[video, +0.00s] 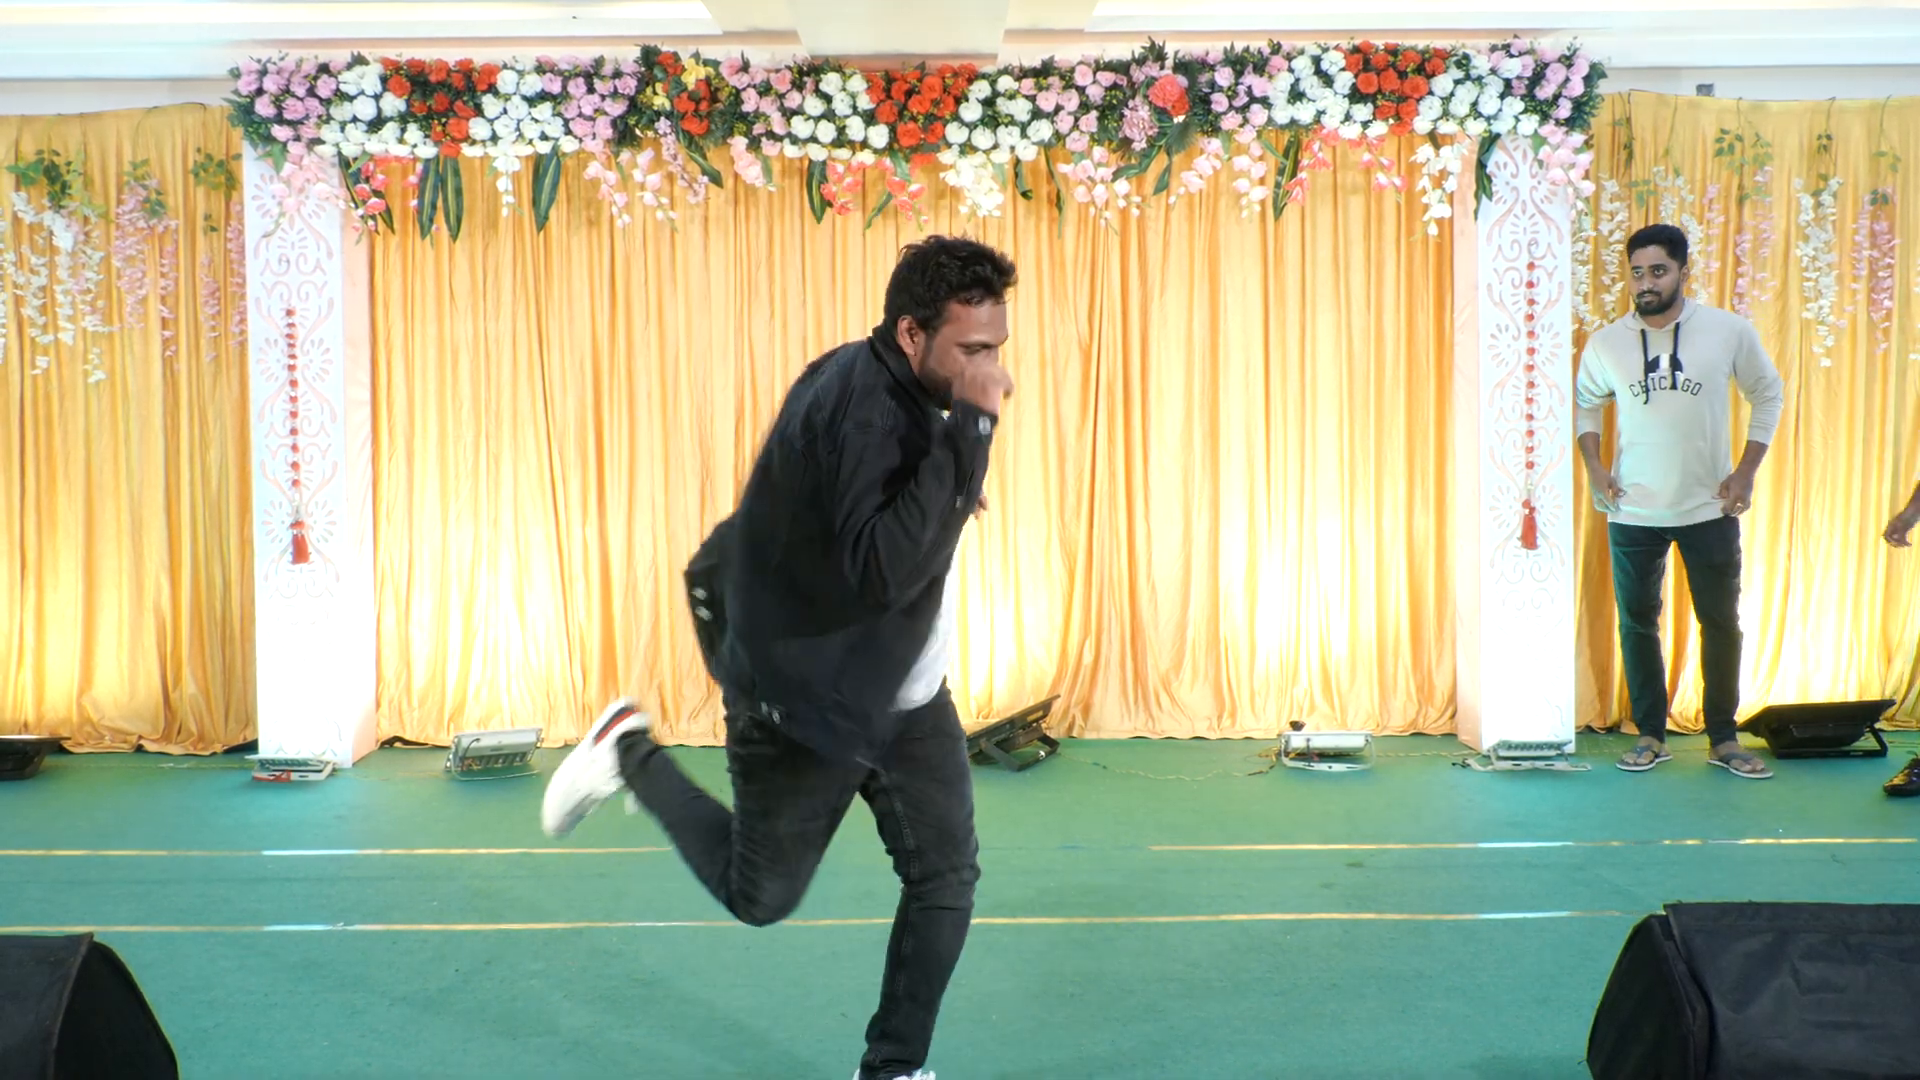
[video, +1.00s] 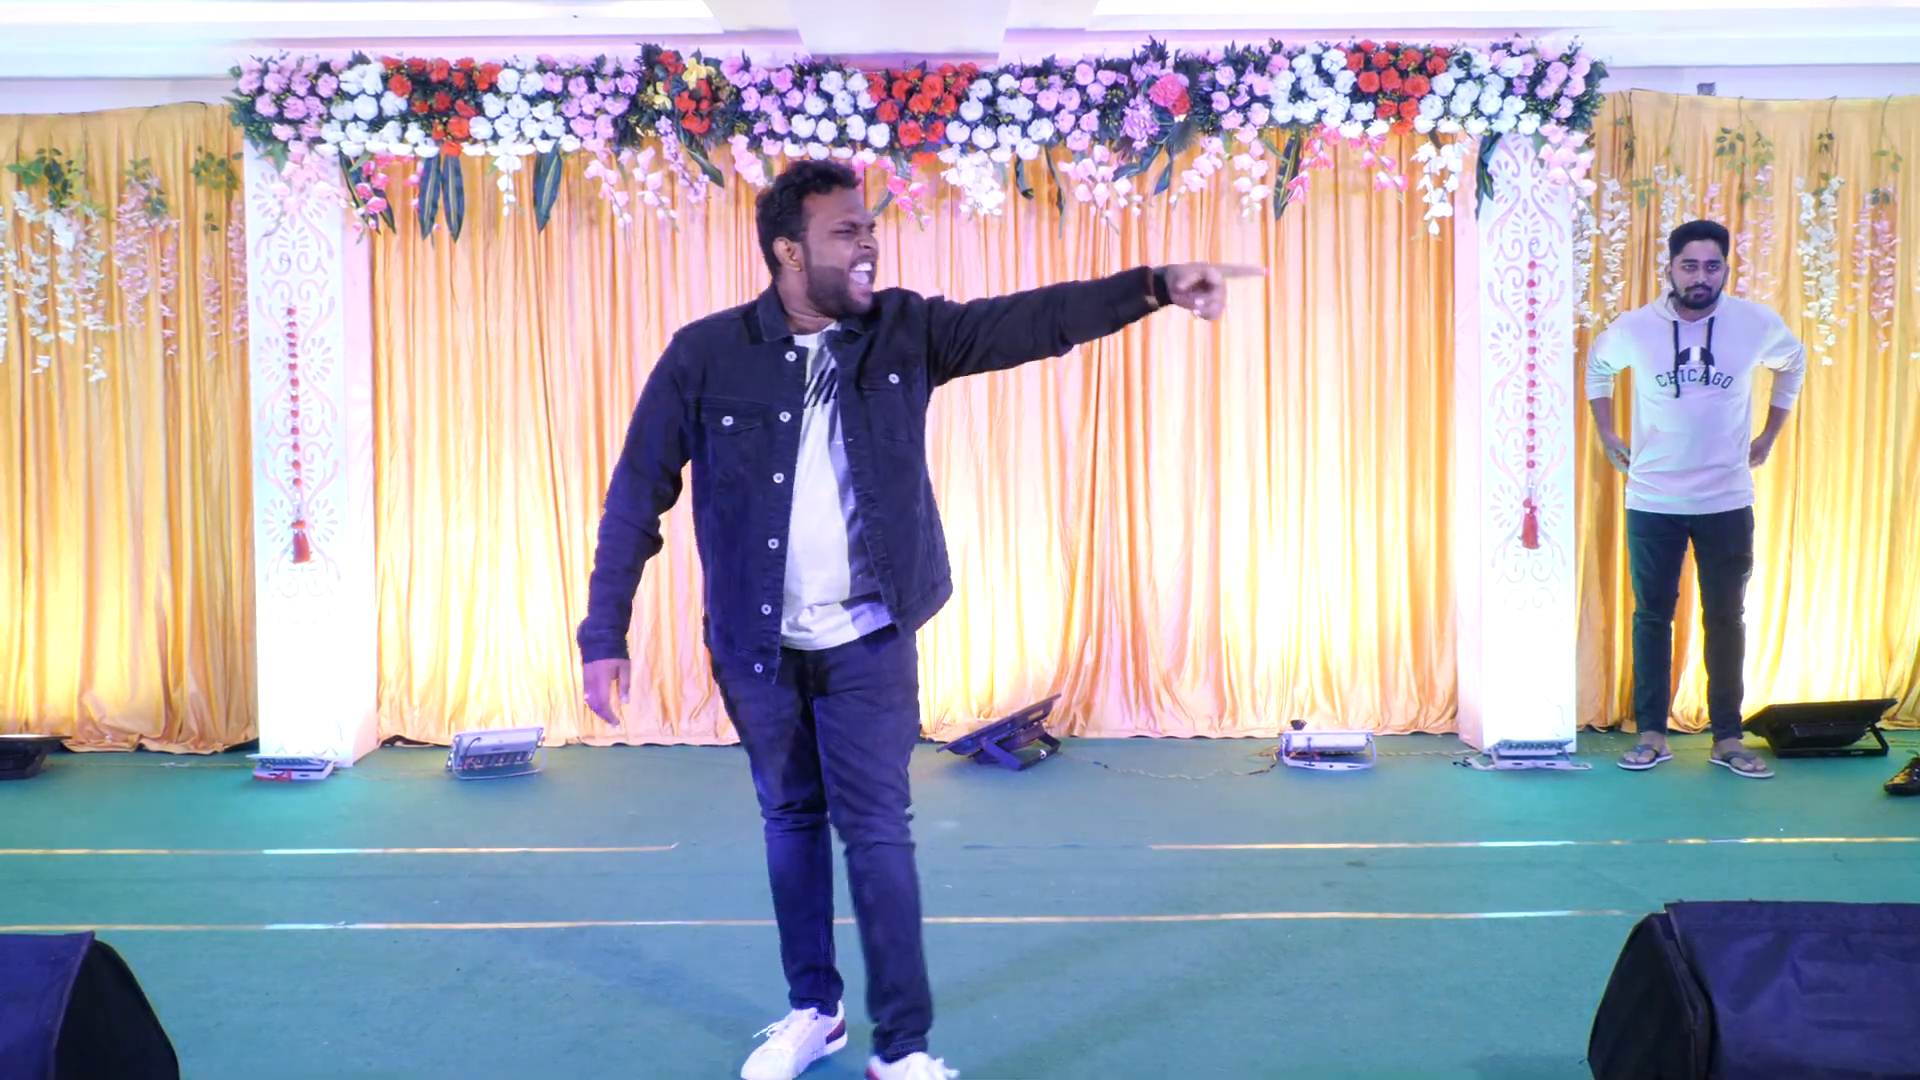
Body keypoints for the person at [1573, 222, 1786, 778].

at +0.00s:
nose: (1646, 282)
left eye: (1658, 270)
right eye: (1637, 272)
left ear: (1684, 273)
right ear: (1627, 277)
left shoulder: (1728, 332)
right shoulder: (1607, 344)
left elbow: (1768, 395)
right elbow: (1586, 402)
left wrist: (1746, 471)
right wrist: (1595, 467)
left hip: (1708, 508)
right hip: (1634, 511)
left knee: (1721, 625)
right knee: (1637, 625)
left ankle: (1723, 739)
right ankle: (1649, 736)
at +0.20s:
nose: (1655, 293)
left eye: (1667, 282)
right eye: (1645, 282)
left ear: (1690, 286)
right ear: (1633, 288)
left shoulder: (1731, 340)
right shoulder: (1609, 350)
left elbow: (1769, 393)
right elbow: (1582, 407)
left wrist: (1745, 467)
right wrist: (1597, 470)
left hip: (1711, 508)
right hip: (1636, 509)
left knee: (1725, 622)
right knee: (1636, 621)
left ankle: (1725, 740)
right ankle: (1649, 736)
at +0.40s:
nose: (1664, 307)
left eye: (1677, 295)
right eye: (1654, 295)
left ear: (1697, 295)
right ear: (1640, 297)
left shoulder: (1735, 342)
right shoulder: (1613, 353)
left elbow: (1780, 380)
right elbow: (1581, 400)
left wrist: (1753, 454)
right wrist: (1594, 464)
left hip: (1712, 499)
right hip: (1639, 501)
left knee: (1725, 617)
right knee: (1638, 616)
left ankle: (1727, 740)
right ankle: (1649, 736)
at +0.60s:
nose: (1682, 302)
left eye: (1692, 291)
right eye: (1670, 291)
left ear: (1708, 290)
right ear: (1651, 293)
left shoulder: (1742, 338)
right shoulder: (1622, 347)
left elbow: (1784, 373)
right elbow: (1586, 387)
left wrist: (1756, 449)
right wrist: (1603, 455)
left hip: (1716, 500)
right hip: (1642, 501)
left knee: (1726, 619)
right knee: (1642, 615)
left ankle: (1728, 740)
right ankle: (1650, 735)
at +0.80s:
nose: (1694, 285)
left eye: (1704, 275)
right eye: (1682, 274)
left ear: (1718, 279)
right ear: (1662, 277)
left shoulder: (1747, 327)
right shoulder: (1629, 333)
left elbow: (1788, 362)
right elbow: (1590, 370)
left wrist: (1764, 440)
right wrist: (1603, 439)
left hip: (1721, 495)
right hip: (1647, 495)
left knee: (1726, 618)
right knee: (1647, 615)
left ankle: (1728, 739)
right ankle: (1651, 734)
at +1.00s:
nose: (1701, 275)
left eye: (1712, 265)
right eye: (1690, 265)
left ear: (1726, 270)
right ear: (1670, 269)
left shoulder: (1754, 322)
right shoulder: (1635, 328)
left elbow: (1792, 362)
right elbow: (1596, 367)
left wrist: (1768, 436)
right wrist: (1608, 435)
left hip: (1725, 495)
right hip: (1653, 495)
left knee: (1724, 618)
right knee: (1652, 614)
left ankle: (1728, 739)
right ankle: (1651, 735)